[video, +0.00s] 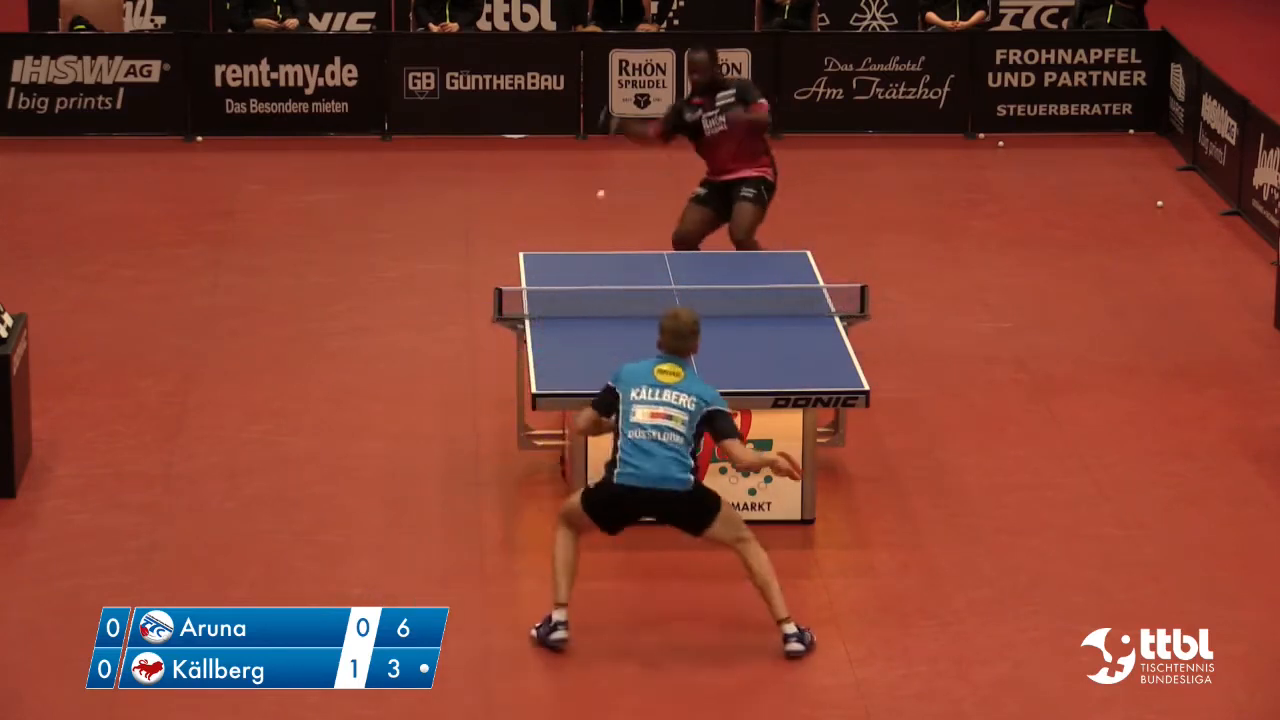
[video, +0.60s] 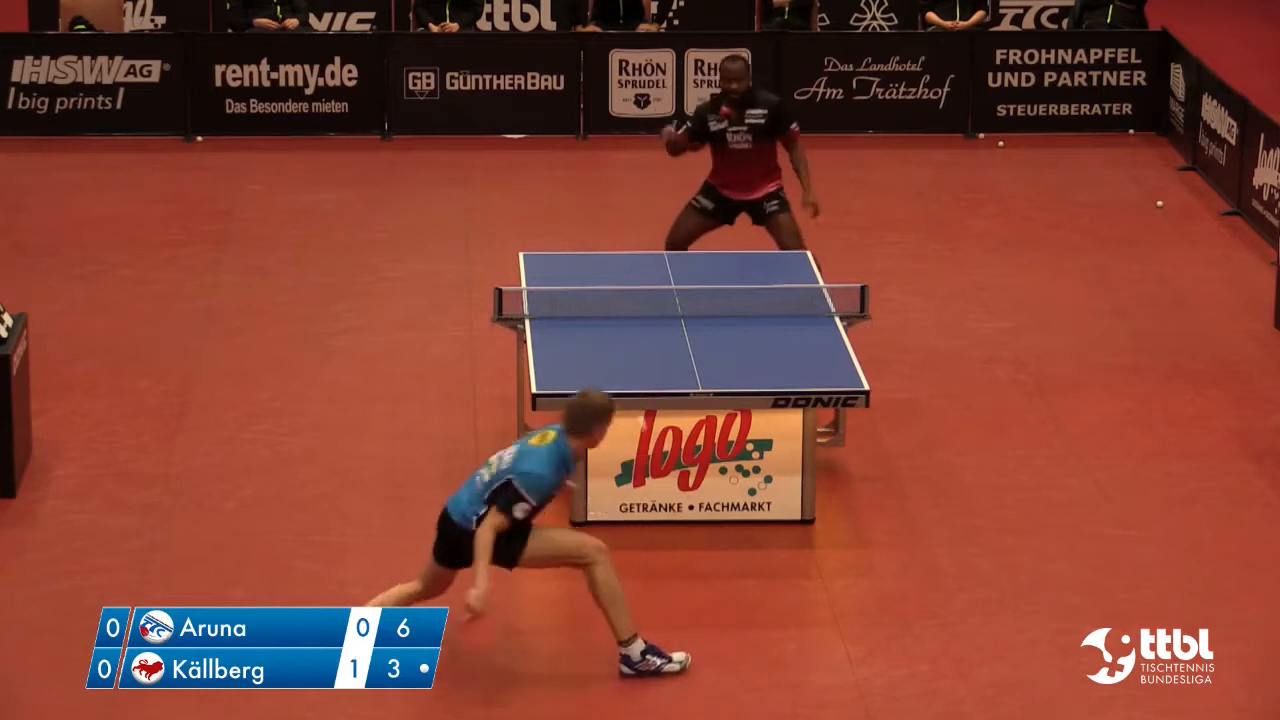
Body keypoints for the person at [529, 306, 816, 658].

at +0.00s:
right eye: (694, 339)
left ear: (658, 342)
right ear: (695, 347)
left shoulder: (627, 376)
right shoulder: (705, 394)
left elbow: (583, 425)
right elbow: (740, 458)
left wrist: (617, 420)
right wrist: (769, 460)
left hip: (622, 490)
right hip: (679, 493)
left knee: (568, 521)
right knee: (745, 541)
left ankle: (558, 620)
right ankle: (789, 630)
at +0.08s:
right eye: (697, 339)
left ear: (660, 339)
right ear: (697, 347)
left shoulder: (626, 368)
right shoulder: (697, 391)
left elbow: (582, 414)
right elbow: (724, 461)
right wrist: (766, 468)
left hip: (610, 485)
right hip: (662, 491)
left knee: (548, 519)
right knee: (729, 542)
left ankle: (555, 622)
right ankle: (788, 629)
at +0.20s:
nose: (692, 343)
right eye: (693, 338)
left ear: (653, 334)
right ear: (690, 345)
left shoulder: (619, 359)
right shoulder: (679, 386)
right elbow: (686, 466)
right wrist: (737, 499)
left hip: (561, 463)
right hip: (609, 474)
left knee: (511, 505)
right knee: (696, 528)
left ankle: (499, 599)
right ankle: (720, 631)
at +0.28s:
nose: (680, 356)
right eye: (681, 351)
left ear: (643, 345)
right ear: (678, 357)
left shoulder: (609, 370)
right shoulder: (659, 403)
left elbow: (593, 431)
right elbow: (656, 479)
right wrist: (691, 528)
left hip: (538, 473)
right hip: (584, 485)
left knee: (497, 521)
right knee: (676, 533)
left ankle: (439, 590)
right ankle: (645, 641)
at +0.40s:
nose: (652, 388)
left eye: (644, 377)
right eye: (654, 384)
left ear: (619, 376)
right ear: (651, 390)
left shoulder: (597, 398)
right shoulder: (614, 434)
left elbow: (606, 460)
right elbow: (579, 501)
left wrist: (653, 465)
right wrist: (581, 571)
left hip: (502, 491)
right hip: (541, 508)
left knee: (456, 556)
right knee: (644, 541)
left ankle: (372, 604)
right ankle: (637, 649)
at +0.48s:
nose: (636, 413)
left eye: (632, 404)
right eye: (637, 407)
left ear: (600, 398)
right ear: (630, 414)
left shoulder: (581, 422)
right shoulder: (582, 459)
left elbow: (604, 468)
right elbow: (526, 512)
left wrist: (650, 488)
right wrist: (511, 577)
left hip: (473, 508)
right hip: (506, 522)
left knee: (435, 577)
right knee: (616, 543)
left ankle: (360, 622)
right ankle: (635, 650)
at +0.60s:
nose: (607, 432)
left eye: (606, 424)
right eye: (607, 426)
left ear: (573, 416)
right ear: (595, 431)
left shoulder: (554, 435)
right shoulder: (541, 472)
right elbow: (487, 527)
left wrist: (561, 481)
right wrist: (481, 587)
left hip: (455, 518)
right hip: (484, 536)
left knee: (424, 587)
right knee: (592, 551)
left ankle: (354, 623)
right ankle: (634, 651)